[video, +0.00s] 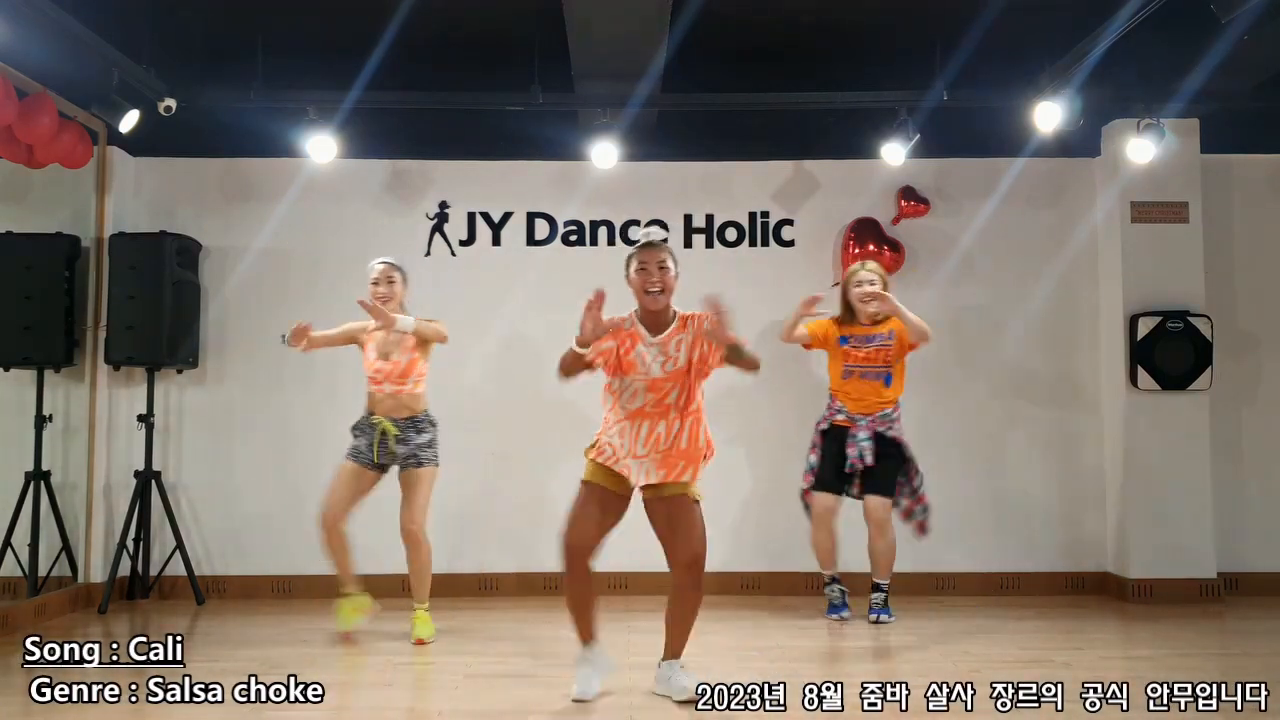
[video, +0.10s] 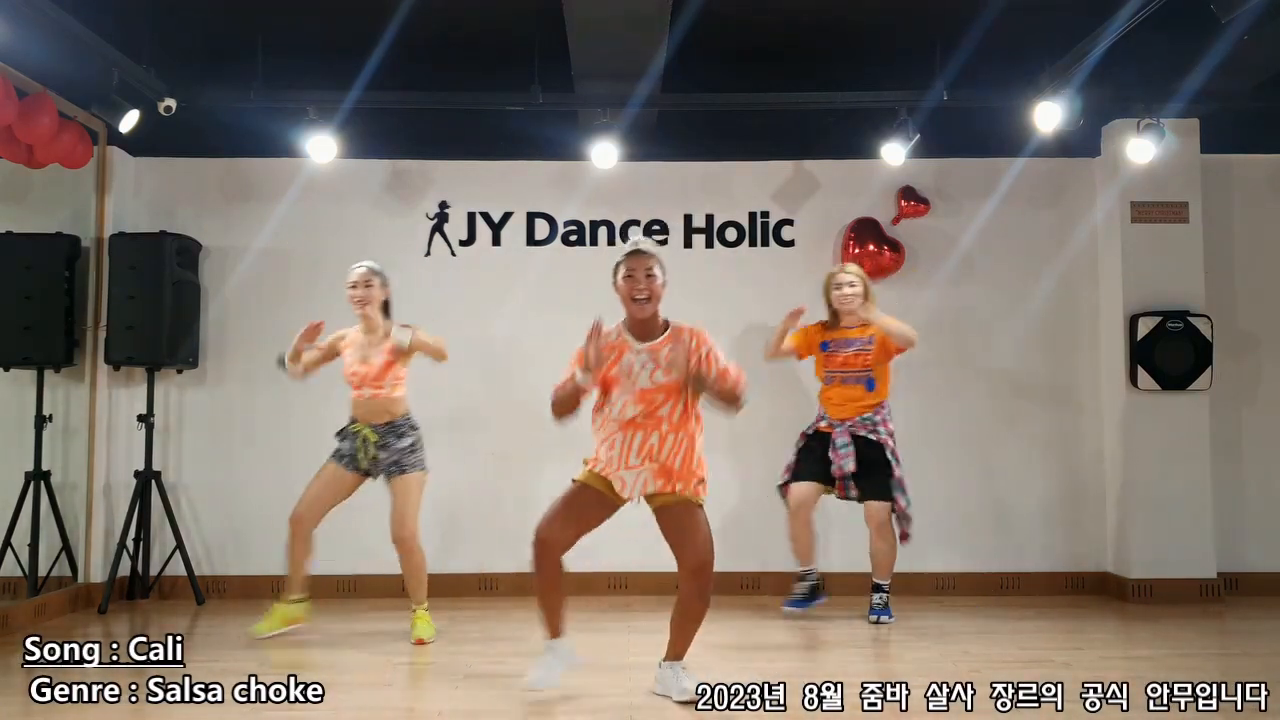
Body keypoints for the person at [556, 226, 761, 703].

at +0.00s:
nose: (654, 275)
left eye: (662, 267)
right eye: (643, 268)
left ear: (675, 278)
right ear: (629, 281)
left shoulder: (696, 330)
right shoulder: (616, 333)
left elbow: (752, 365)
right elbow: (565, 371)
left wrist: (725, 339)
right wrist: (584, 344)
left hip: (672, 461)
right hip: (614, 456)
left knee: (691, 562)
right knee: (576, 545)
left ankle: (670, 665)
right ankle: (589, 654)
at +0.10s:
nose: (641, 283)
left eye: (650, 275)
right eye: (631, 276)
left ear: (664, 286)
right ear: (618, 289)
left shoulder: (690, 341)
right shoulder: (602, 343)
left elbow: (735, 397)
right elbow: (559, 410)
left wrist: (701, 377)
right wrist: (584, 373)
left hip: (673, 471)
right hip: (612, 467)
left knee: (700, 566)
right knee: (547, 539)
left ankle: (672, 666)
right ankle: (557, 647)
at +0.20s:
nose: (621, 291)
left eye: (630, 282)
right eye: (611, 284)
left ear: (645, 290)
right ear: (598, 295)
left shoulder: (673, 352)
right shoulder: (585, 357)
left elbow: (686, 424)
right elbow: (576, 429)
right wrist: (583, 426)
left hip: (667, 477)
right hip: (607, 476)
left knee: (700, 570)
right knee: (541, 552)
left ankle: (671, 668)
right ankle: (530, 662)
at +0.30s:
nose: (598, 288)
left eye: (608, 279)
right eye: (588, 280)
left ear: (623, 287)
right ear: (576, 290)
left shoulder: (648, 339)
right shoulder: (566, 353)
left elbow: (672, 398)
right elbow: (536, 417)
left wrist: (628, 380)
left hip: (657, 469)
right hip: (598, 472)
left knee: (702, 558)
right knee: (549, 557)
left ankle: (682, 662)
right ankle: (537, 668)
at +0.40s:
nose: (581, 285)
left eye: (591, 274)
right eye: (571, 276)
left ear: (607, 282)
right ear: (559, 286)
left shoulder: (628, 328)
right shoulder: (545, 341)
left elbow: (634, 303)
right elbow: (481, 355)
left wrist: (595, 276)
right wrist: (475, 304)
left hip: (654, 456)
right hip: (593, 468)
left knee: (711, 548)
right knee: (549, 557)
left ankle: (734, 646)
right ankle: (539, 669)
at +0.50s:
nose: (569, 287)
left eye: (579, 279)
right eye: (559, 279)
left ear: (596, 287)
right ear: (547, 290)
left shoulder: (612, 326)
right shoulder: (541, 339)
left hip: (650, 457)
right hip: (595, 468)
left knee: (707, 555)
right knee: (548, 560)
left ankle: (767, 641)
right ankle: (540, 672)